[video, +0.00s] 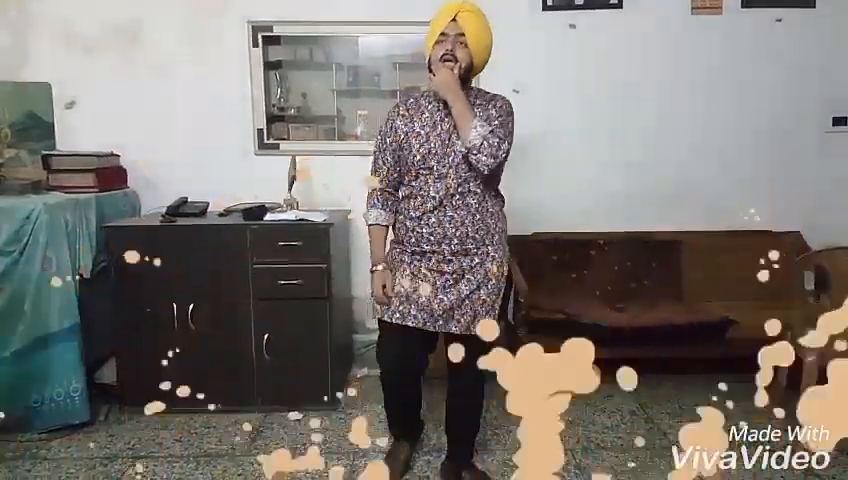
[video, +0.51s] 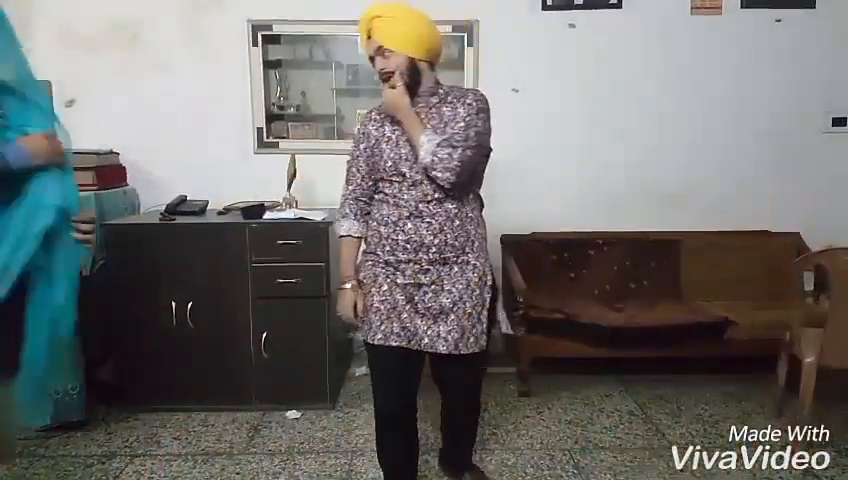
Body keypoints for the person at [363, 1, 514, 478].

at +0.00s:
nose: (449, 46)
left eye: (461, 40)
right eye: (442, 39)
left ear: (479, 53)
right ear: (429, 49)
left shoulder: (495, 108)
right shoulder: (404, 111)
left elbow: (488, 160)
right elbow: (381, 187)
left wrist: (453, 93)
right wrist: (378, 260)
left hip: (476, 257)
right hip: (412, 257)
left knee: (467, 364)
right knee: (395, 357)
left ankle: (459, 459)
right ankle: (404, 433)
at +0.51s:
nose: (378, 66)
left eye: (385, 53)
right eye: (373, 58)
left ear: (418, 50)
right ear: (373, 60)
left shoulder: (468, 106)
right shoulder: (375, 121)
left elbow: (453, 174)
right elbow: (355, 203)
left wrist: (406, 115)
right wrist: (347, 279)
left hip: (457, 277)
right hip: (387, 278)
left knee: (462, 393)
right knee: (392, 402)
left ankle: (457, 464)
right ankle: (397, 473)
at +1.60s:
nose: (375, 69)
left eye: (385, 56)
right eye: (365, 61)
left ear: (411, 54)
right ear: (355, 64)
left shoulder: (456, 110)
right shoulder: (350, 119)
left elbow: (449, 189)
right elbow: (338, 199)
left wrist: (405, 117)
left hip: (446, 295)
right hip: (376, 296)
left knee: (464, 429)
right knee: (384, 429)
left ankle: (471, 473)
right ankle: (395, 475)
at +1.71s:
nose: (382, 71)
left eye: (391, 61)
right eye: (373, 60)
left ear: (409, 62)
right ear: (359, 61)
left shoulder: (455, 111)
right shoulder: (347, 115)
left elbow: (447, 184)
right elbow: (334, 189)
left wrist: (402, 103)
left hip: (444, 287)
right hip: (373, 289)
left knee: (464, 425)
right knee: (382, 426)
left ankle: (470, 475)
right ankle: (395, 474)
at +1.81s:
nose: (388, 59)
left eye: (398, 47)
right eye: (383, 47)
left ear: (415, 52)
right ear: (374, 49)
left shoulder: (457, 111)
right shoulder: (359, 112)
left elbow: (449, 185)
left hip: (449, 284)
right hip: (378, 284)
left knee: (463, 428)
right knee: (388, 432)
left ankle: (470, 473)